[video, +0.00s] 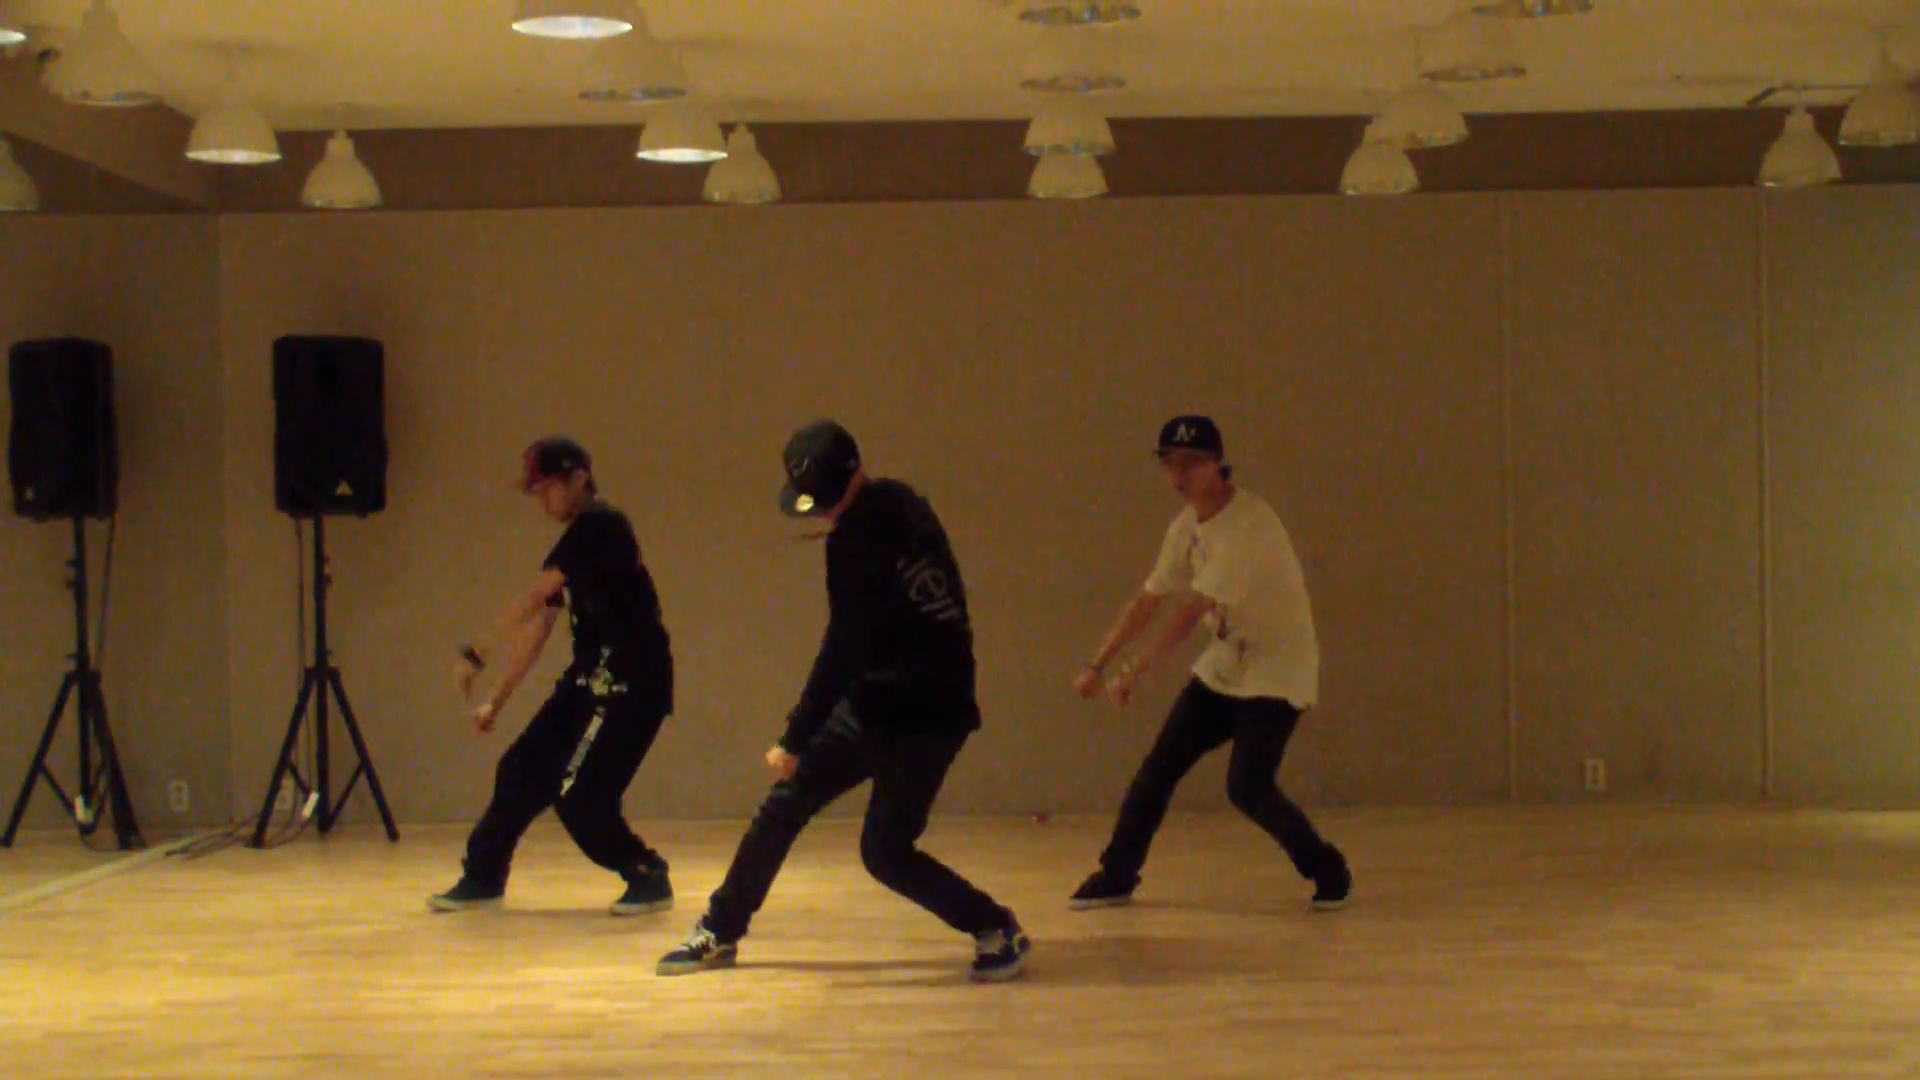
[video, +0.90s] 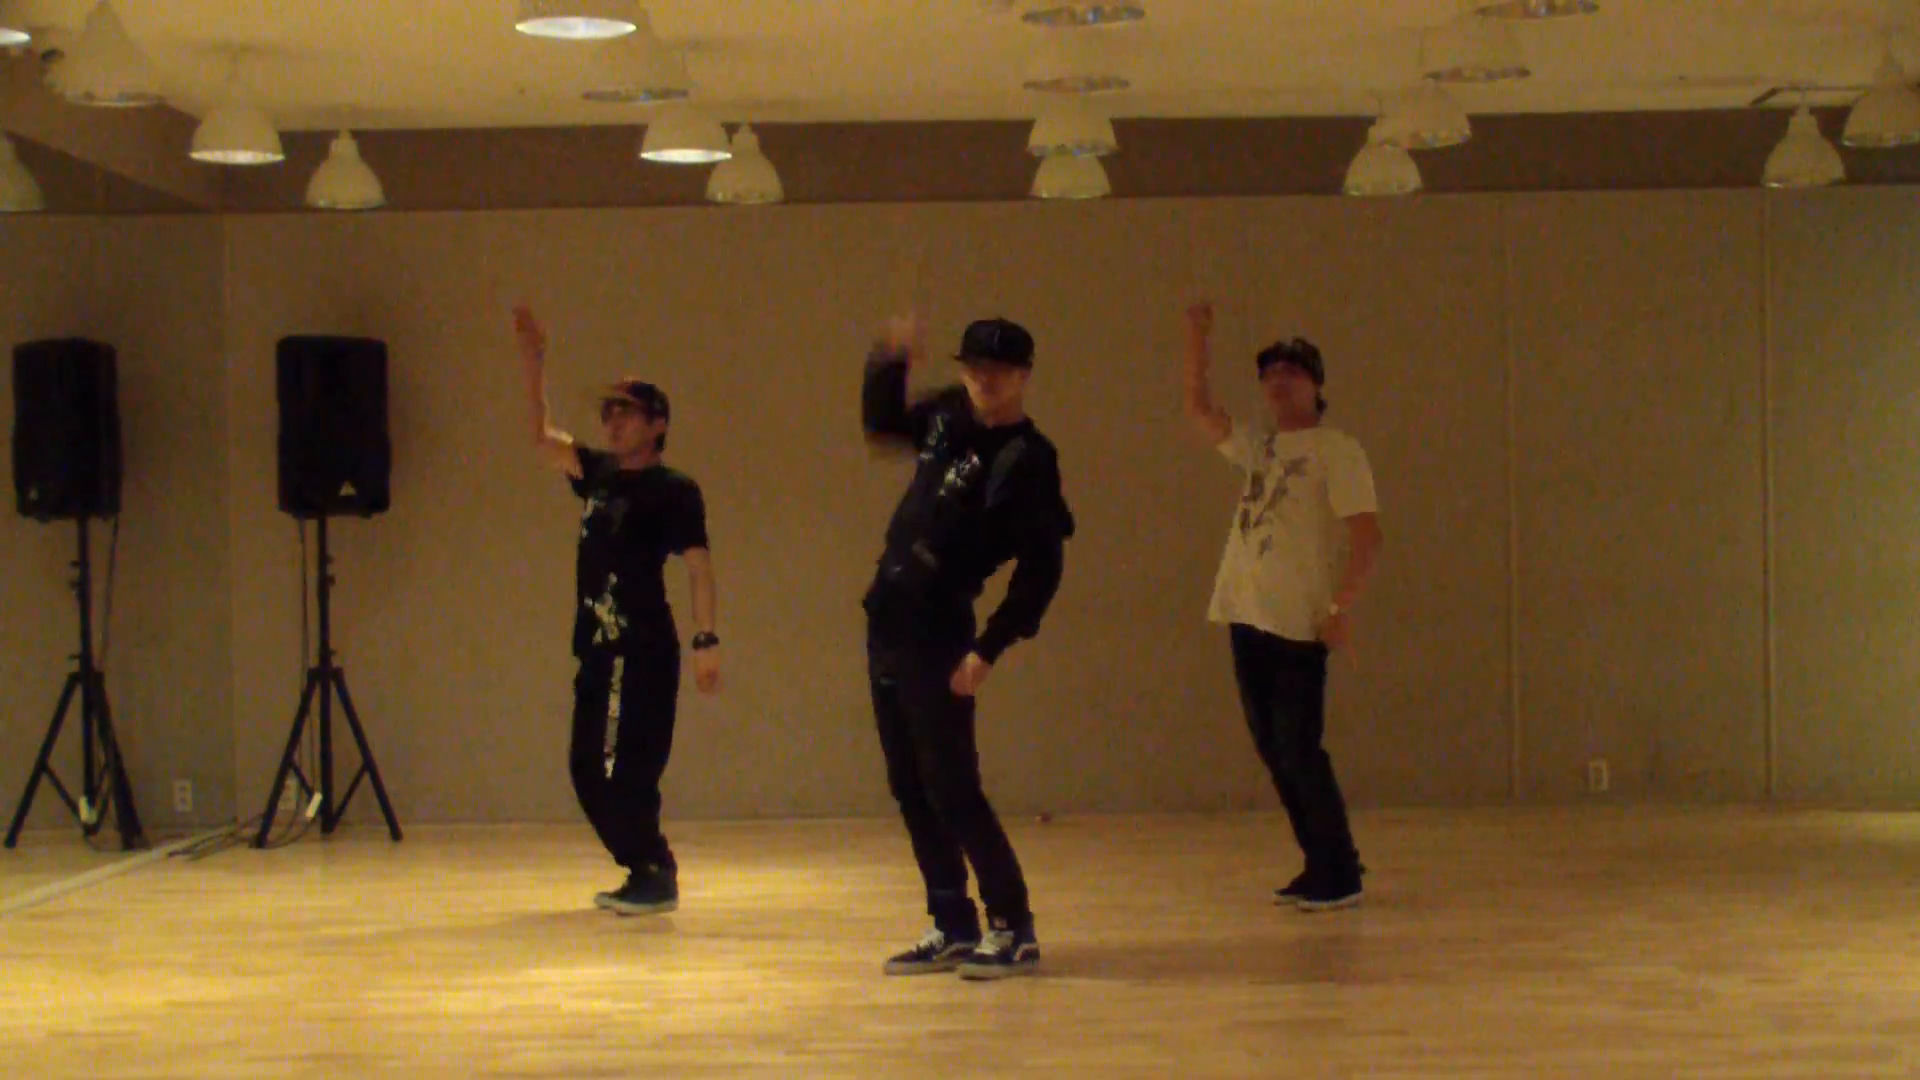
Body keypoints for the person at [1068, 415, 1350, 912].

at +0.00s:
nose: (1178, 477)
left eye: (1190, 464)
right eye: (1171, 466)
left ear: (1218, 465)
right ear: (1165, 470)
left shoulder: (1250, 528)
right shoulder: (1187, 525)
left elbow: (1192, 613)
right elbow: (1147, 599)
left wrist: (1136, 674)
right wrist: (1099, 661)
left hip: (1280, 675)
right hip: (1225, 667)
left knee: (1249, 787)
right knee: (1159, 768)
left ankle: (1325, 867)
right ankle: (1118, 872)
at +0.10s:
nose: (1190, 469)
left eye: (1200, 457)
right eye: (1181, 459)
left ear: (1228, 458)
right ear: (1174, 464)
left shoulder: (1266, 500)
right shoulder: (1187, 527)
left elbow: (1236, 552)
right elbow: (1153, 606)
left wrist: (1187, 552)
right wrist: (1112, 677)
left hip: (1285, 672)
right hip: (1227, 667)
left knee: (1253, 787)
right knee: (1160, 766)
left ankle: (1328, 870)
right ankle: (1118, 872)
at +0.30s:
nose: (1195, 486)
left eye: (1205, 474)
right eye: (1186, 477)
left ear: (1230, 478)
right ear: (1178, 485)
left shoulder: (1280, 516)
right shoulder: (1184, 550)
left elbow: (1358, 521)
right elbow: (1180, 638)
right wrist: (1165, 708)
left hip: (1301, 677)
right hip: (1241, 677)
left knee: (1260, 795)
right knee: (1164, 768)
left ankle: (1332, 877)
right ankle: (1116, 876)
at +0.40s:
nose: (1203, 481)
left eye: (1214, 470)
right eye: (1196, 471)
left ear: (1239, 475)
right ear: (1187, 479)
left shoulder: (1291, 527)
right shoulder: (1194, 547)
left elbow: (1357, 578)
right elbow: (1191, 635)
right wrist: (1181, 706)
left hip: (1306, 685)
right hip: (1244, 682)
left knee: (1275, 785)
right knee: (1175, 771)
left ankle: (1334, 877)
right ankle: (1119, 874)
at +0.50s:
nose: (1224, 444)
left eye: (1236, 434)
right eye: (1217, 435)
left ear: (1262, 438)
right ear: (1209, 442)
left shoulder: (1301, 499)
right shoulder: (1212, 503)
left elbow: (1350, 577)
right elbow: (1177, 567)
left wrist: (1351, 657)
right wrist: (1158, 580)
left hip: (1313, 661)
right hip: (1254, 654)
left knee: (1288, 768)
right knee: (1198, 756)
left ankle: (1336, 879)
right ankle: (1166, 871)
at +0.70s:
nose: (1259, 392)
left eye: (1271, 383)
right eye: (1250, 383)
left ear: (1291, 395)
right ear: (1234, 392)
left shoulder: (1307, 457)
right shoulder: (1224, 450)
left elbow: (1344, 542)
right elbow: (1204, 366)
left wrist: (1346, 621)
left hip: (1310, 633)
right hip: (1259, 632)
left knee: (1311, 756)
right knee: (1281, 762)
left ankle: (1340, 871)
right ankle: (1321, 865)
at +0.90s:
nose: (1281, 383)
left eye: (1293, 373)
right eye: (1271, 375)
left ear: (1316, 386)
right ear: (1261, 389)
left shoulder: (1337, 451)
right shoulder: (1255, 446)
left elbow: (1366, 538)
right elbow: (1199, 408)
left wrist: (1342, 606)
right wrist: (1195, 342)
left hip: (1298, 623)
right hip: (1247, 619)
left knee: (1299, 750)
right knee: (1275, 751)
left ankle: (1339, 868)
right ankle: (1319, 863)